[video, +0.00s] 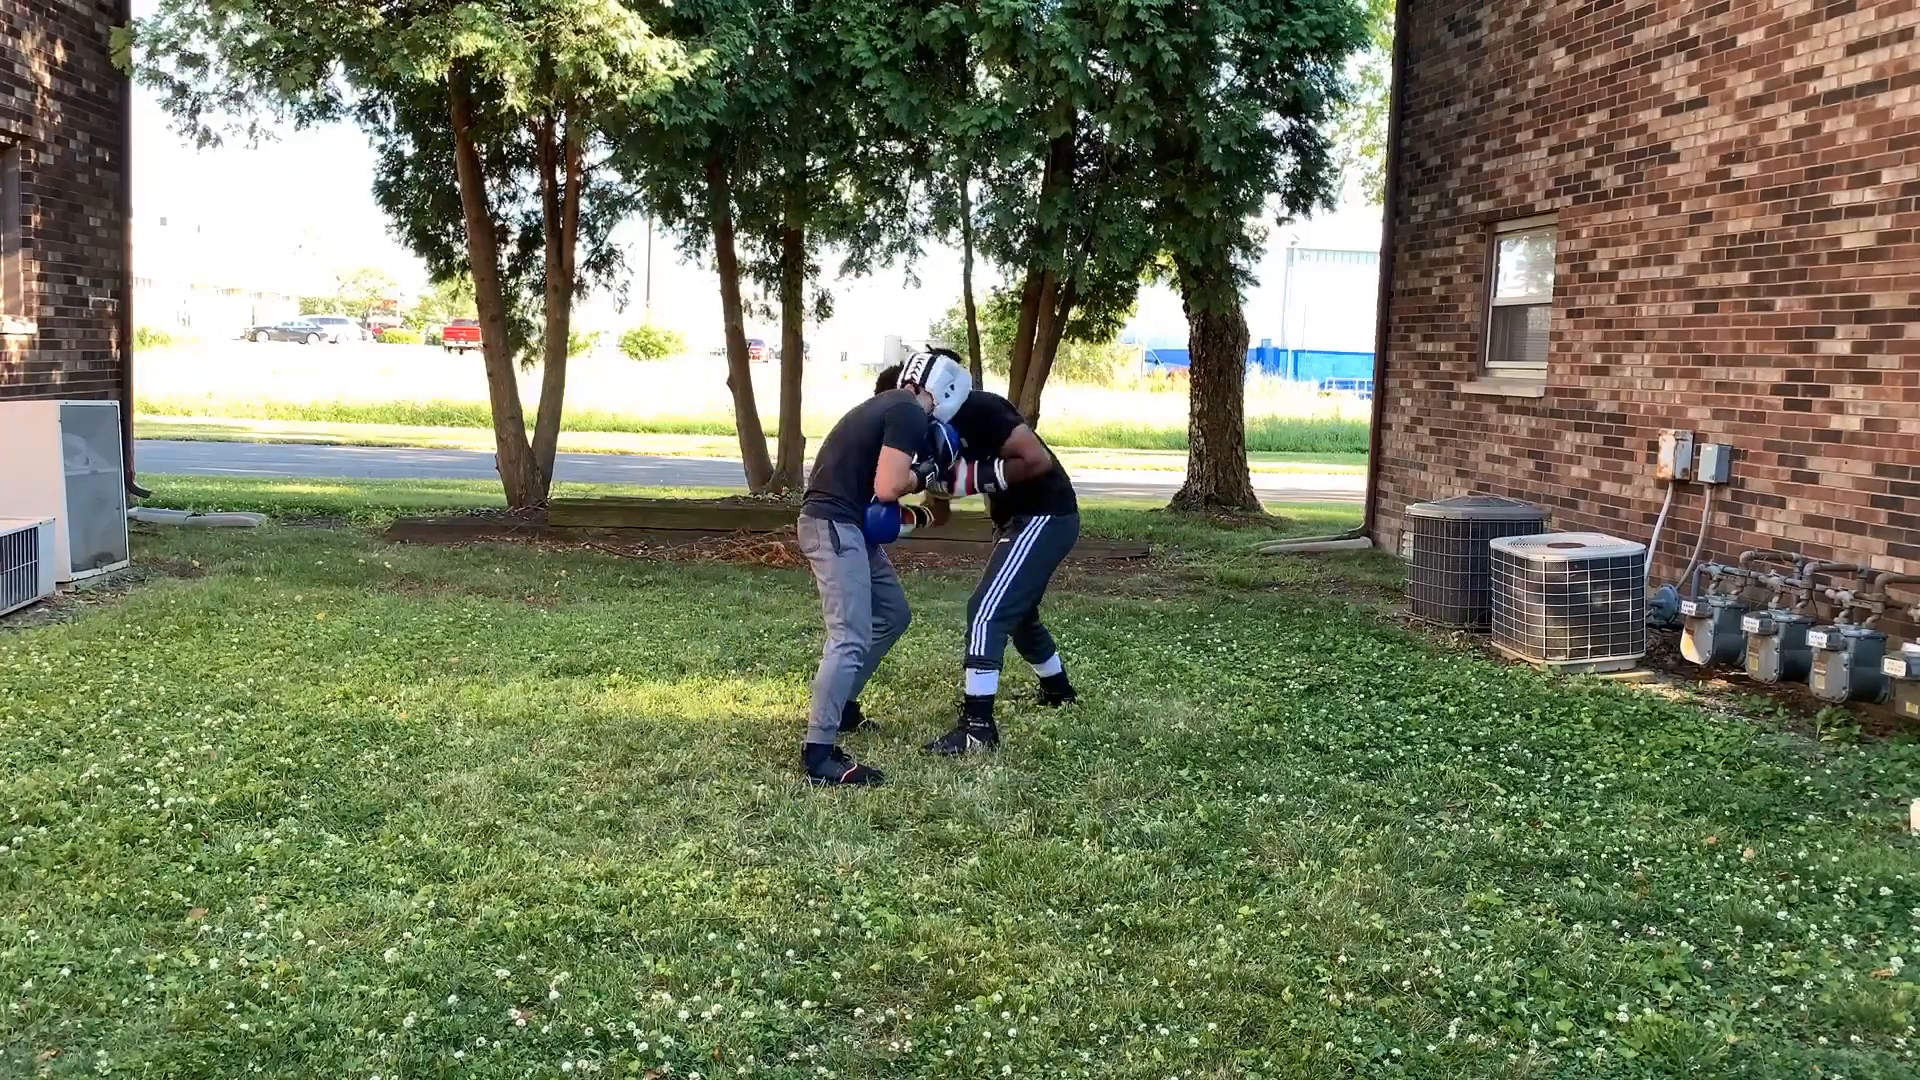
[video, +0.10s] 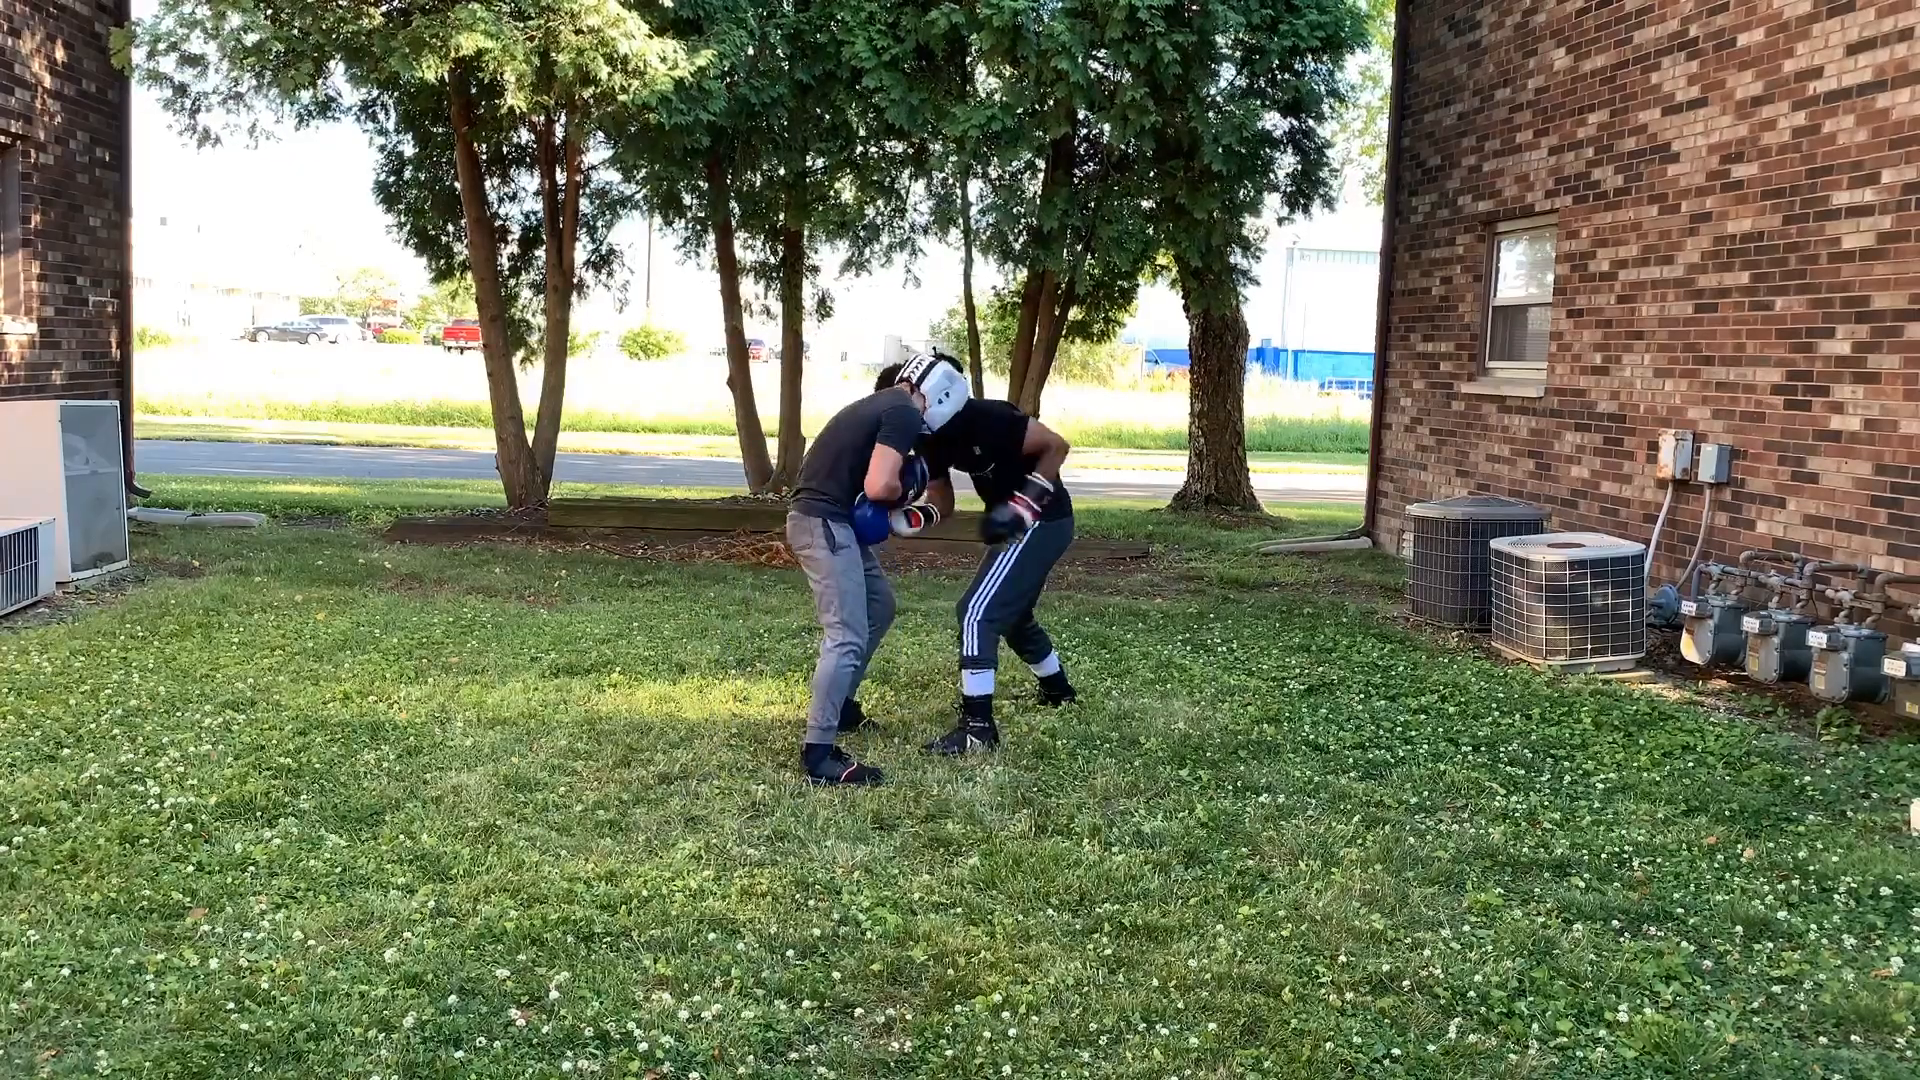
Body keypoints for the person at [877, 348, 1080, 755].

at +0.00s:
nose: (910, 411)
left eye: (911, 399)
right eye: (905, 402)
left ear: (931, 389)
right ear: (944, 385)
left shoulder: (979, 408)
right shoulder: (946, 429)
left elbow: (1037, 461)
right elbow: (941, 508)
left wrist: (975, 476)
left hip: (1044, 517)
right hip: (1021, 518)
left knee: (986, 609)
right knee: (1020, 614)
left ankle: (977, 725)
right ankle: (1058, 690)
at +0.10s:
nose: (902, 417)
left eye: (903, 405)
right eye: (898, 409)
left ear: (924, 398)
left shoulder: (980, 417)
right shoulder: (928, 436)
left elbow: (1057, 446)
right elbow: (941, 499)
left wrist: (1027, 501)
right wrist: (915, 517)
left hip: (1043, 519)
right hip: (1017, 519)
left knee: (976, 611)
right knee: (1013, 615)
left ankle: (977, 727)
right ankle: (1058, 690)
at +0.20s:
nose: (897, 402)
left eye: (901, 393)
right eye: (895, 393)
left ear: (922, 394)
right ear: (937, 388)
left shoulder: (973, 428)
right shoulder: (945, 423)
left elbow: (1038, 479)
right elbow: (955, 469)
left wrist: (1027, 539)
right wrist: (933, 487)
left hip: (1016, 521)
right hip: (1017, 516)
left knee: (955, 615)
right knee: (1017, 612)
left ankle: (974, 724)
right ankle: (1058, 688)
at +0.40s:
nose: (893, 387)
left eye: (899, 377)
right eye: (892, 375)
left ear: (922, 375)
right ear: (941, 360)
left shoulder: (938, 423)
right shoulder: (974, 369)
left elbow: (952, 498)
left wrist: (898, 502)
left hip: (1005, 520)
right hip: (1036, 510)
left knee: (955, 620)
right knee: (1005, 595)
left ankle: (974, 725)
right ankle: (1044, 672)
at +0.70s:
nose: (935, 383)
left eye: (935, 372)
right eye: (931, 374)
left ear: (954, 364)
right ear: (971, 358)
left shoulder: (984, 387)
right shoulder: (992, 389)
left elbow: (1001, 449)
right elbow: (963, 479)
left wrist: (960, 495)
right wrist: (943, 446)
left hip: (1009, 523)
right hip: (1031, 521)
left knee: (947, 614)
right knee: (1000, 608)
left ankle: (971, 722)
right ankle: (1044, 683)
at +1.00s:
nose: (929, 401)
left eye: (931, 391)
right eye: (926, 393)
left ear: (952, 385)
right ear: (958, 385)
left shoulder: (991, 400)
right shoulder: (981, 421)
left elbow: (1037, 432)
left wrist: (986, 465)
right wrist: (962, 470)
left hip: (1025, 524)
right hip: (1030, 525)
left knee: (959, 612)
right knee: (1001, 615)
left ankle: (974, 725)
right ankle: (1045, 687)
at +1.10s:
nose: (922, 384)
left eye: (925, 374)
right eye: (918, 376)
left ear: (946, 367)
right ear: (957, 364)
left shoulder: (978, 383)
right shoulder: (967, 404)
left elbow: (1005, 404)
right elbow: (999, 477)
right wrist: (963, 472)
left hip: (1024, 521)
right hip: (1048, 519)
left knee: (962, 613)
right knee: (1019, 608)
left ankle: (970, 728)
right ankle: (1048, 687)